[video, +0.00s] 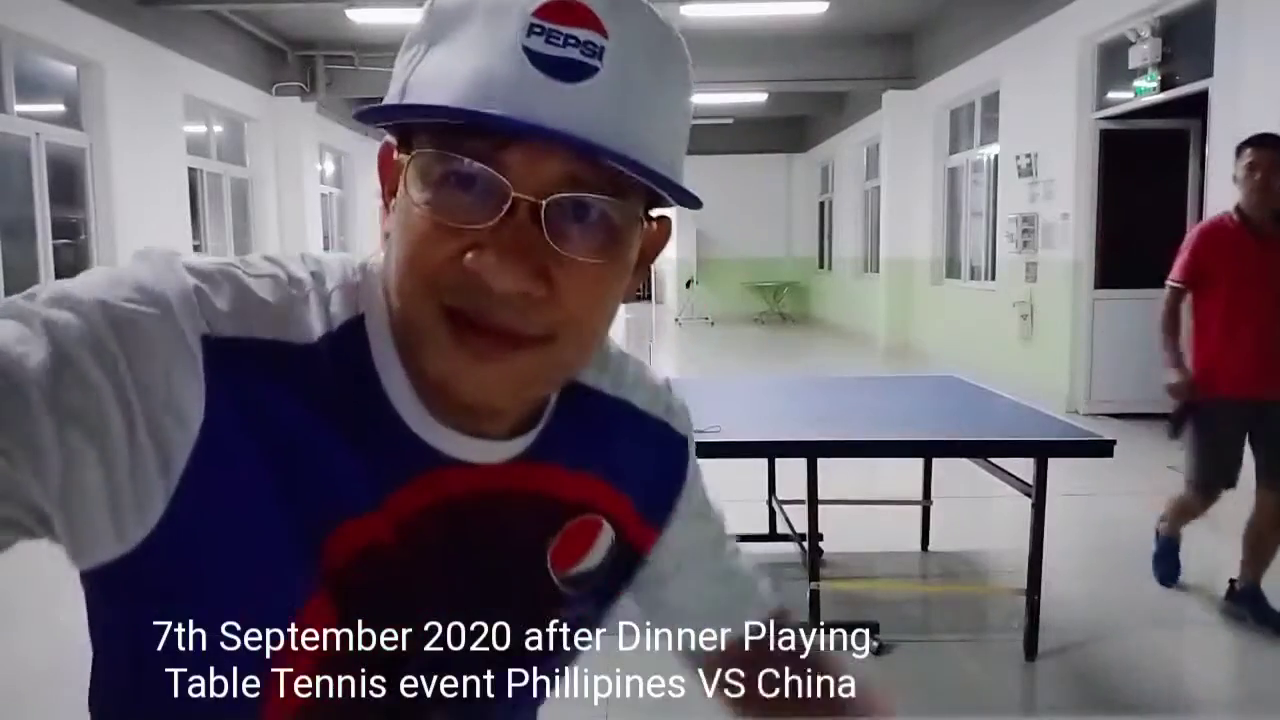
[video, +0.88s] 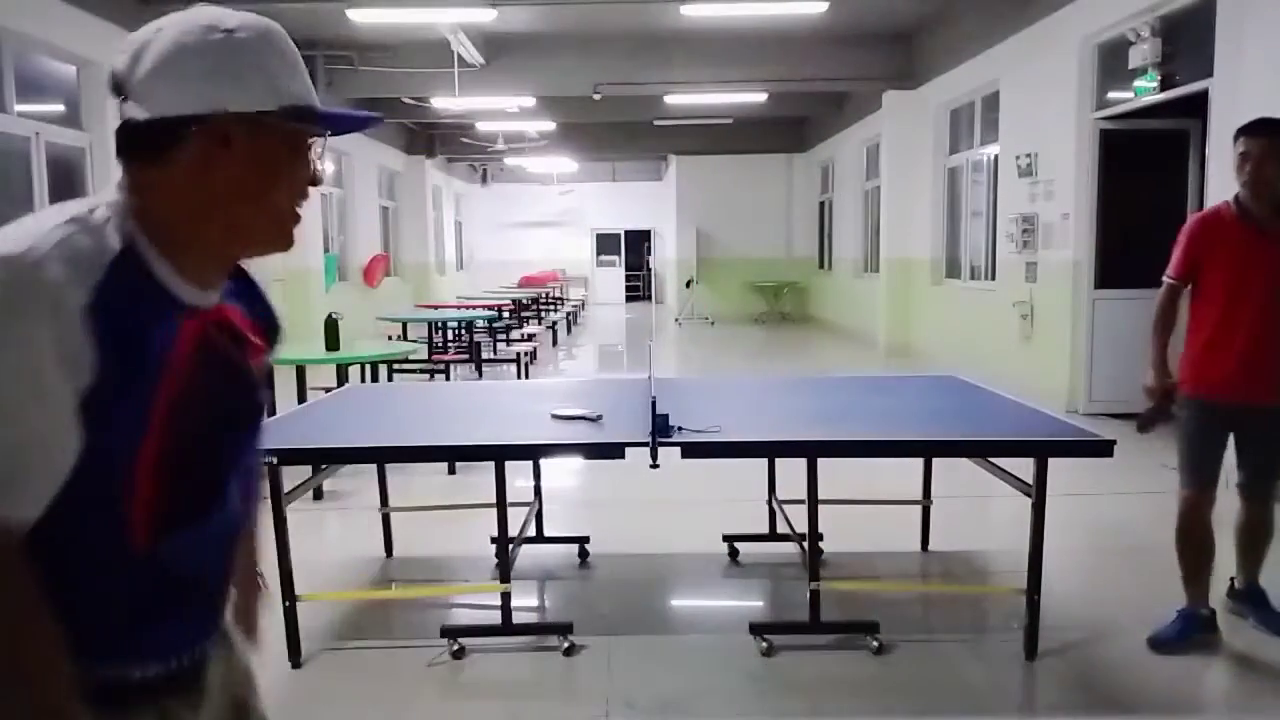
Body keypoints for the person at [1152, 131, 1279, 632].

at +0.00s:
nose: (1263, 180)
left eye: (1272, 172)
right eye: (1253, 171)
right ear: (1235, 177)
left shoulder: (1278, 237)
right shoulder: (1210, 235)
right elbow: (1171, 301)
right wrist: (1175, 365)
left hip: (1273, 391)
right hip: (1218, 388)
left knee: (1275, 496)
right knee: (1206, 489)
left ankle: (1246, 588)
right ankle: (1167, 530)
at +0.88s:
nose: (1250, 167)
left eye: (1261, 157)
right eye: (1243, 157)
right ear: (1234, 163)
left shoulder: (1278, 227)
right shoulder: (1206, 226)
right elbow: (1169, 296)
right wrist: (1158, 368)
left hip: (1266, 393)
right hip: (1206, 388)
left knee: (1259, 500)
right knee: (1195, 499)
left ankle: (1247, 587)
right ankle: (1197, 610)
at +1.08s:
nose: (1220, 172)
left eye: (1233, 162)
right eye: (1214, 160)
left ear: (1261, 166)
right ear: (1206, 164)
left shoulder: (1275, 230)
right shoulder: (1183, 229)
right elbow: (1150, 295)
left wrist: (1277, 374)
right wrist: (1139, 354)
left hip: (1251, 396)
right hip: (1184, 393)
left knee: (1256, 503)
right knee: (1181, 506)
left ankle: (1249, 582)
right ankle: (1195, 611)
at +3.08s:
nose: (1076, 180)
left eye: (1083, 167)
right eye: (1075, 169)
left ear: (1117, 164)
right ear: (1111, 169)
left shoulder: (1150, 220)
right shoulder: (1131, 222)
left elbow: (1160, 314)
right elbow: (1142, 306)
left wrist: (1102, 354)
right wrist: (1105, 334)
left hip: (1176, 390)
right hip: (1167, 386)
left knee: (1166, 510)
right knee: (1183, 501)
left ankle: (1155, 630)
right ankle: (1208, 600)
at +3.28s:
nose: (1087, 179)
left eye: (1093, 166)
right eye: (1085, 168)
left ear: (1128, 162)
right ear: (1124, 168)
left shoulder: (1159, 220)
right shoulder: (1144, 220)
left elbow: (1167, 313)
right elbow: (1151, 304)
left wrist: (1110, 357)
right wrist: (1112, 331)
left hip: (1180, 396)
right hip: (1182, 392)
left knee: (1168, 511)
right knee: (1196, 496)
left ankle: (1154, 631)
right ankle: (1229, 592)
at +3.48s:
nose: (1104, 178)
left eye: (1110, 165)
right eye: (1103, 167)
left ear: (1142, 161)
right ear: (1143, 165)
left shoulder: (1174, 222)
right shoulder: (1165, 220)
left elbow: (1173, 312)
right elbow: (1167, 303)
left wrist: (1114, 351)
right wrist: (1128, 327)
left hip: (1189, 396)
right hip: (1197, 392)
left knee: (1172, 511)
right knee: (1209, 496)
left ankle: (1153, 631)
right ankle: (1252, 589)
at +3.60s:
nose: (1116, 176)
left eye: (1123, 163)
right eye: (1115, 164)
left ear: (1157, 159)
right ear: (1152, 162)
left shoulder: (1187, 222)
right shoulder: (1177, 219)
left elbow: (1182, 313)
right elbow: (1175, 302)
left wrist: (1119, 346)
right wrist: (1135, 323)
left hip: (1194, 396)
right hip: (1203, 393)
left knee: (1175, 512)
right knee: (1214, 498)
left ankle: (1153, 631)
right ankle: (1261, 594)